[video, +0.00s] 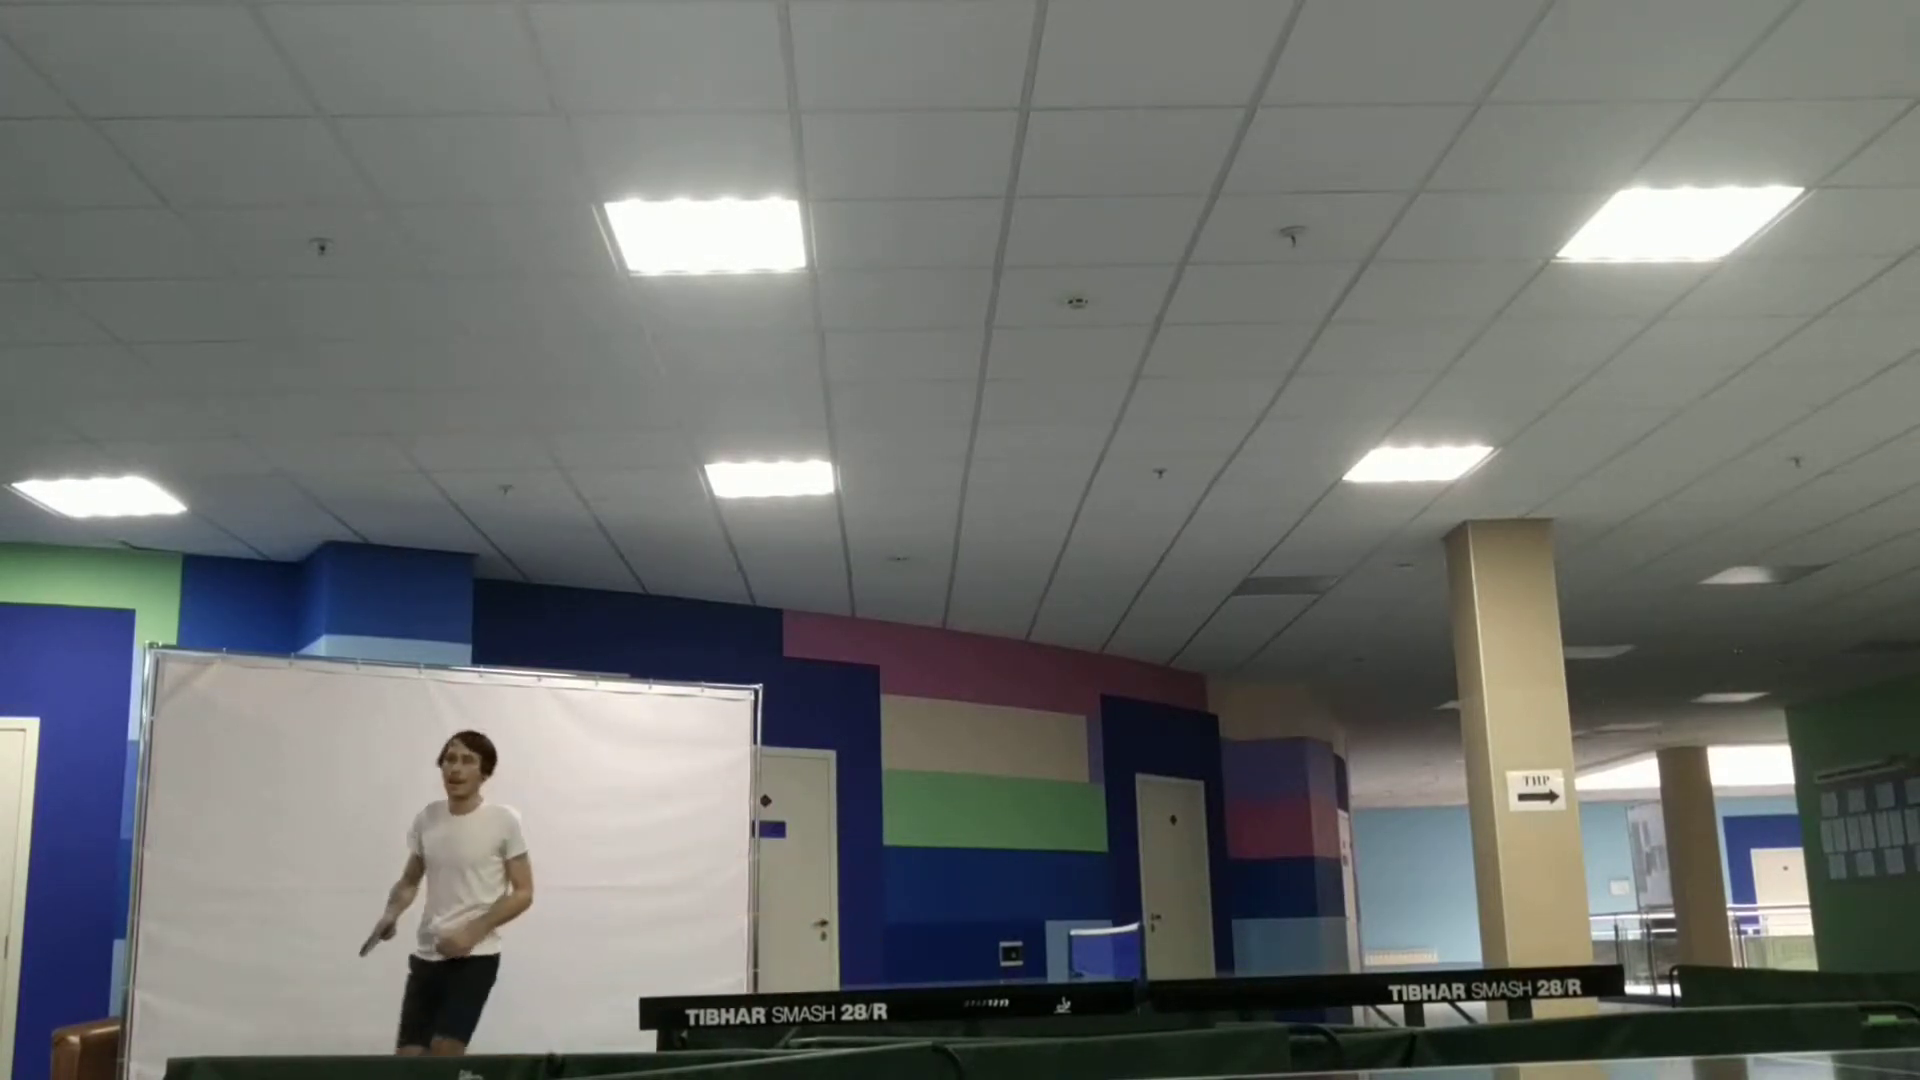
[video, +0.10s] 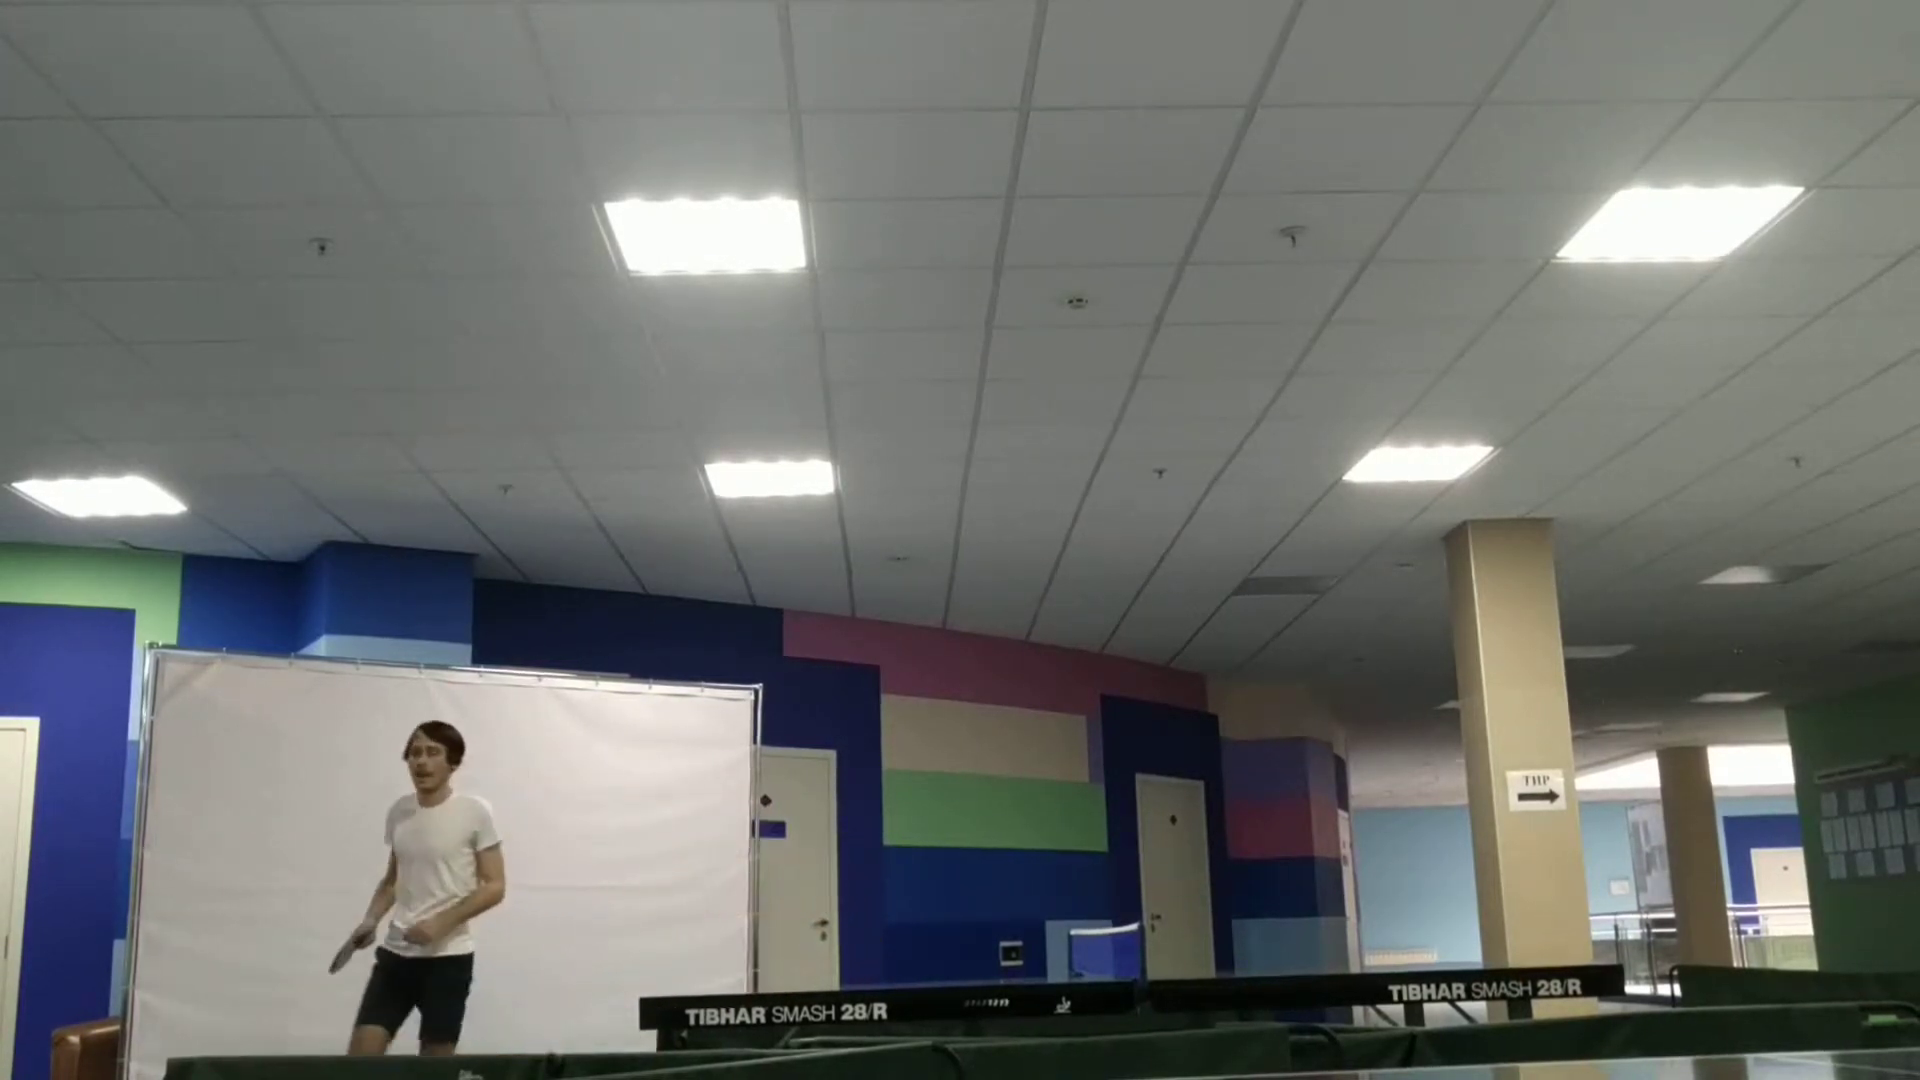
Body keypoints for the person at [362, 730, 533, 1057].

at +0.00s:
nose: (456, 768)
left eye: (467, 761)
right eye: (450, 760)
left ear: (484, 772)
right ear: (441, 767)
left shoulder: (503, 821)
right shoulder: (427, 819)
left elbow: (523, 894)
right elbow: (409, 880)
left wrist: (471, 933)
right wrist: (390, 915)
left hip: (475, 959)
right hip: (428, 957)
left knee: (444, 1053)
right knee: (409, 1056)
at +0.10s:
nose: (420, 761)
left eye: (431, 752)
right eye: (414, 753)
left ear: (452, 762)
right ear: (407, 761)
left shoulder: (475, 813)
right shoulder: (400, 812)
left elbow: (494, 887)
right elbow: (392, 880)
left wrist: (441, 923)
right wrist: (370, 921)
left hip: (447, 962)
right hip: (395, 958)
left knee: (435, 1064)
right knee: (361, 1056)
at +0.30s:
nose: (344, 769)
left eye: (353, 757)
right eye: (336, 761)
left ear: (379, 764)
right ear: (330, 770)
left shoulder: (410, 817)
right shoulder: (333, 821)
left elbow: (434, 894)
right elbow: (342, 886)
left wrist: (375, 920)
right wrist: (310, 931)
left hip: (386, 976)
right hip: (327, 973)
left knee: (399, 1070)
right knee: (294, 1060)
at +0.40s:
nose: (304, 761)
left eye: (314, 749)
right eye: (296, 754)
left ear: (341, 756)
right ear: (291, 763)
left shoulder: (375, 810)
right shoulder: (294, 817)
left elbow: (402, 890)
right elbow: (302, 883)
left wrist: (342, 923)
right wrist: (263, 930)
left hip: (347, 976)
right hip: (286, 969)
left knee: (343, 1075)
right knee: (257, 1060)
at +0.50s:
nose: (275, 748)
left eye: (284, 737)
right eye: (266, 741)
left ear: (312, 742)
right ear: (260, 749)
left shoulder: (349, 796)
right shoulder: (259, 804)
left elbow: (374, 878)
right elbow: (249, 877)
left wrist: (318, 923)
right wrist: (210, 919)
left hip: (313, 959)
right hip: (254, 953)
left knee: (288, 1062)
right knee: (239, 1059)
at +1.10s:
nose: (111, 719)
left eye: (121, 704)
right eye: (97, 709)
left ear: (144, 704)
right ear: (84, 717)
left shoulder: (185, 769)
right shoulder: (72, 773)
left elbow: (212, 866)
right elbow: (54, 863)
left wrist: (150, 914)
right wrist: (17, 916)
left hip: (136, 965)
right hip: (63, 956)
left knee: (111, 1074)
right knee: (17, 1062)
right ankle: (71, 1046)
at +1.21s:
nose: (81, 718)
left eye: (92, 704)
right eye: (66, 708)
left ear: (114, 705)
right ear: (51, 717)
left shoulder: (156, 770)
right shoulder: (39, 778)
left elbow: (191, 867)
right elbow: (29, 871)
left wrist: (122, 907)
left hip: (112, 975)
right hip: (29, 967)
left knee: (104, 1075)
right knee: (7, 1071)